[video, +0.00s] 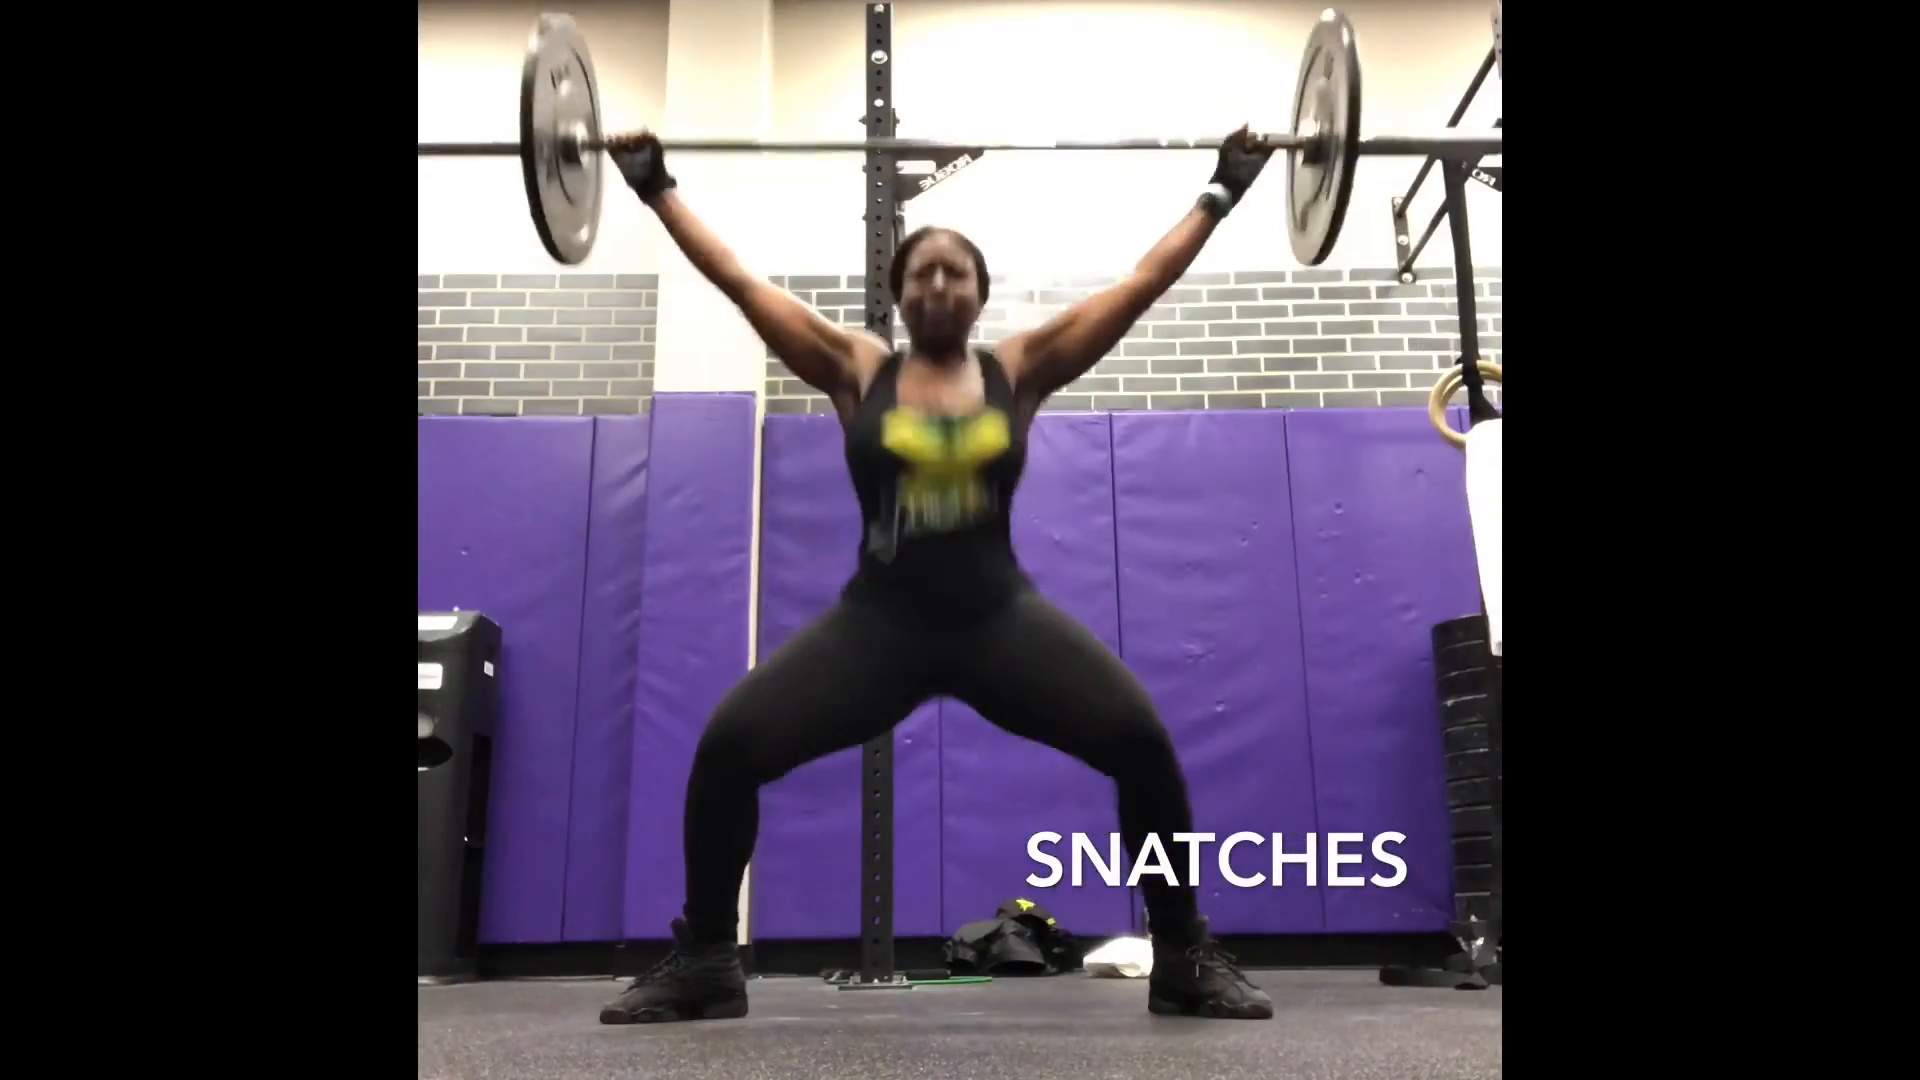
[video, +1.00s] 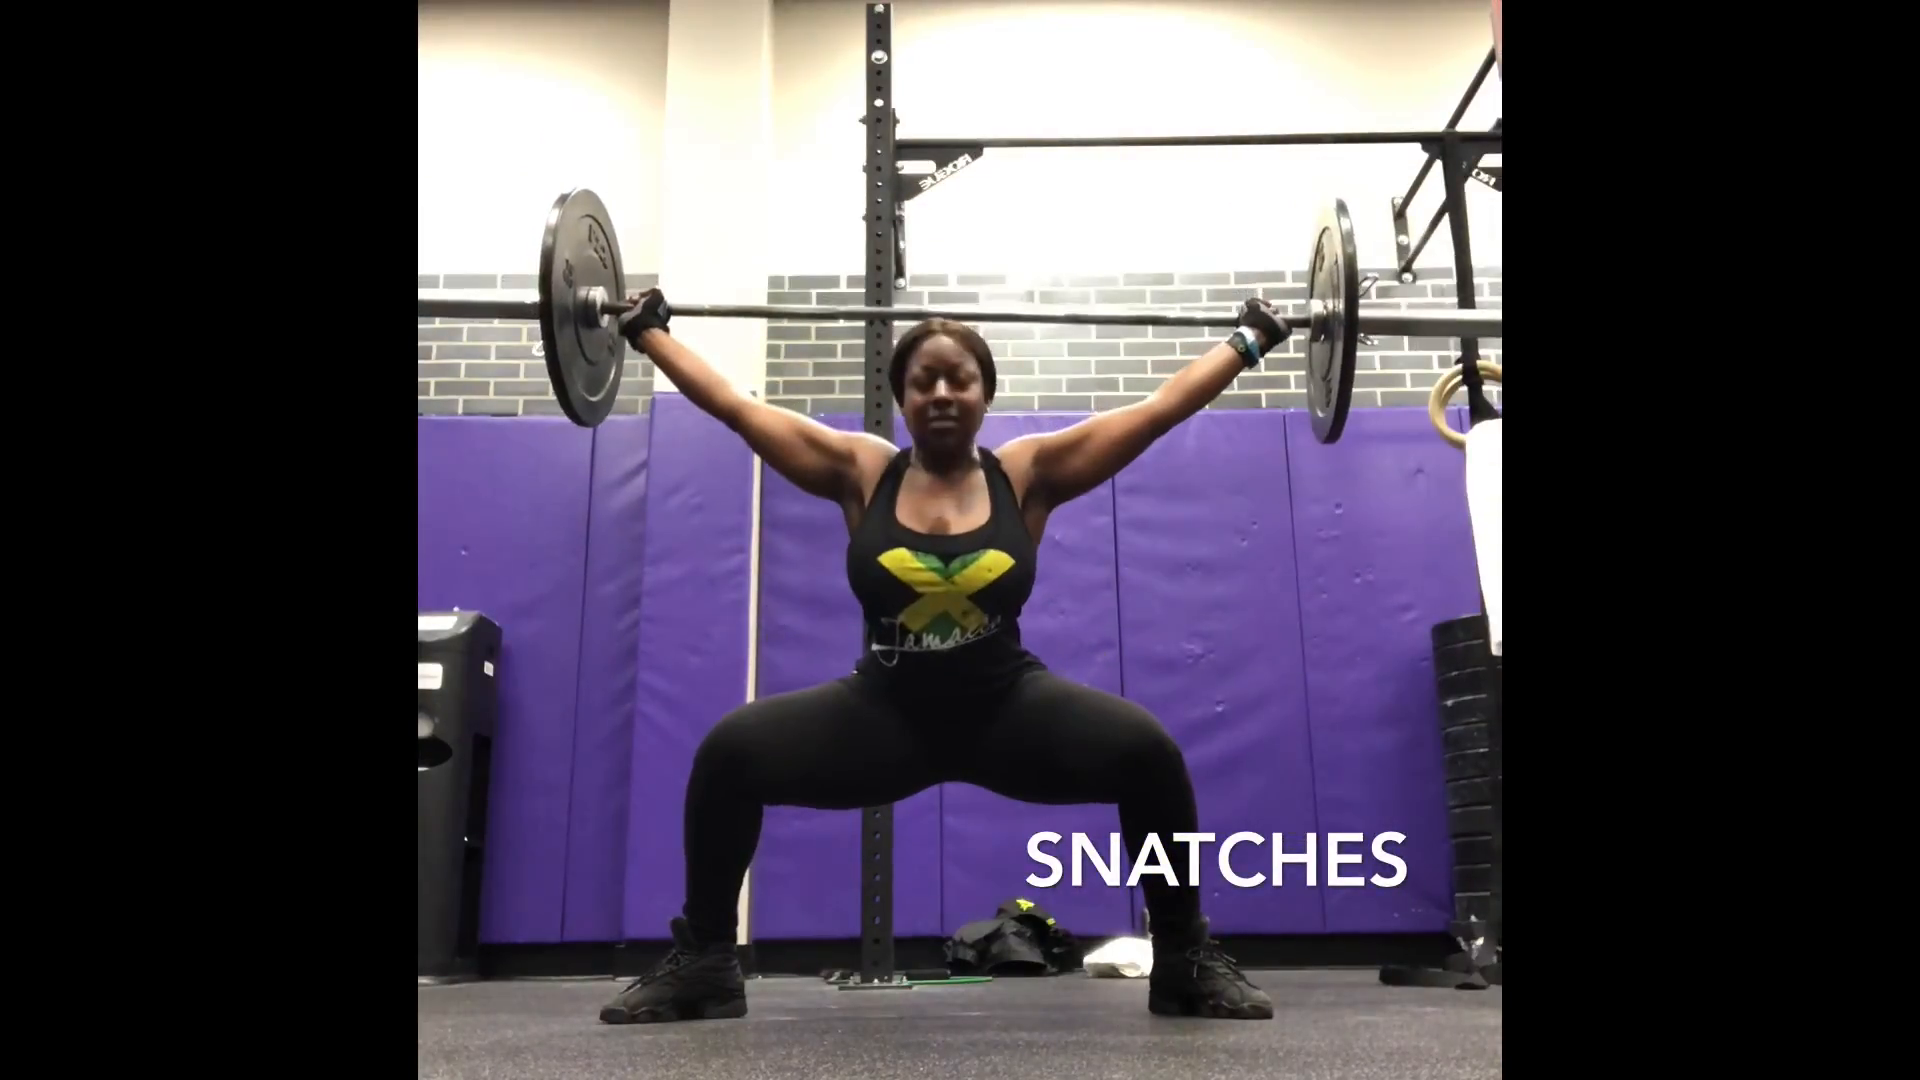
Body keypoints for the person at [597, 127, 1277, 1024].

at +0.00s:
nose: (942, 285)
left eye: (958, 275)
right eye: (925, 274)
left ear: (981, 298)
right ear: (899, 297)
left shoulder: (1017, 371)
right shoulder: (857, 369)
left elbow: (1137, 290)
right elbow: (742, 284)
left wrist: (1220, 194)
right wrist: (657, 189)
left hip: (998, 625)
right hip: (880, 627)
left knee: (1141, 741)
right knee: (731, 743)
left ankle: (1185, 967)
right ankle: (704, 966)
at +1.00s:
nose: (943, 394)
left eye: (960, 379)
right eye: (925, 380)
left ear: (986, 395)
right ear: (900, 398)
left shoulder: (1031, 474)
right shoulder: (857, 471)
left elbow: (1161, 409)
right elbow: (730, 402)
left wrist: (1254, 333)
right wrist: (645, 326)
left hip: (1007, 711)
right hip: (884, 714)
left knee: (1147, 753)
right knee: (731, 752)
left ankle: (1185, 961)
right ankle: (704, 961)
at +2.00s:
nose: (951, 333)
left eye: (970, 324)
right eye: (931, 326)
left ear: (996, 357)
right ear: (909, 361)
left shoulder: (1038, 437)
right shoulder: (869, 432)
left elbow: (1171, 381)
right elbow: (744, 377)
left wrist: (1263, 311)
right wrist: (654, 303)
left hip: (1010, 675)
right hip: (887, 677)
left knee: (1142, 747)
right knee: (738, 747)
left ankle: (1185, 965)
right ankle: (702, 964)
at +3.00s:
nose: (941, 187)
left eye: (958, 178)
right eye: (924, 179)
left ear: (980, 206)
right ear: (899, 206)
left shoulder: (1013, 288)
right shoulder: (856, 280)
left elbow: (1141, 234)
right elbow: (746, 213)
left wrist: (1229, 180)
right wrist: (662, 139)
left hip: (992, 525)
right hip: (884, 528)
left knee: (1060, 714)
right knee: (874, 733)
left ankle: (1148, 932)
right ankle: (861, 957)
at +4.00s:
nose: (992, 178)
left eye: (1007, 168)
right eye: (974, 170)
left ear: (1029, 194)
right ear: (945, 197)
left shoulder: (1068, 275)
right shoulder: (911, 279)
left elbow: (1181, 215)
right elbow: (790, 226)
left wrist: (1264, 155)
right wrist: (696, 166)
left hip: (1052, 520)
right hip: (944, 519)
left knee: (1050, 730)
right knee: (927, 731)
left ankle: (1068, 954)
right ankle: (890, 956)